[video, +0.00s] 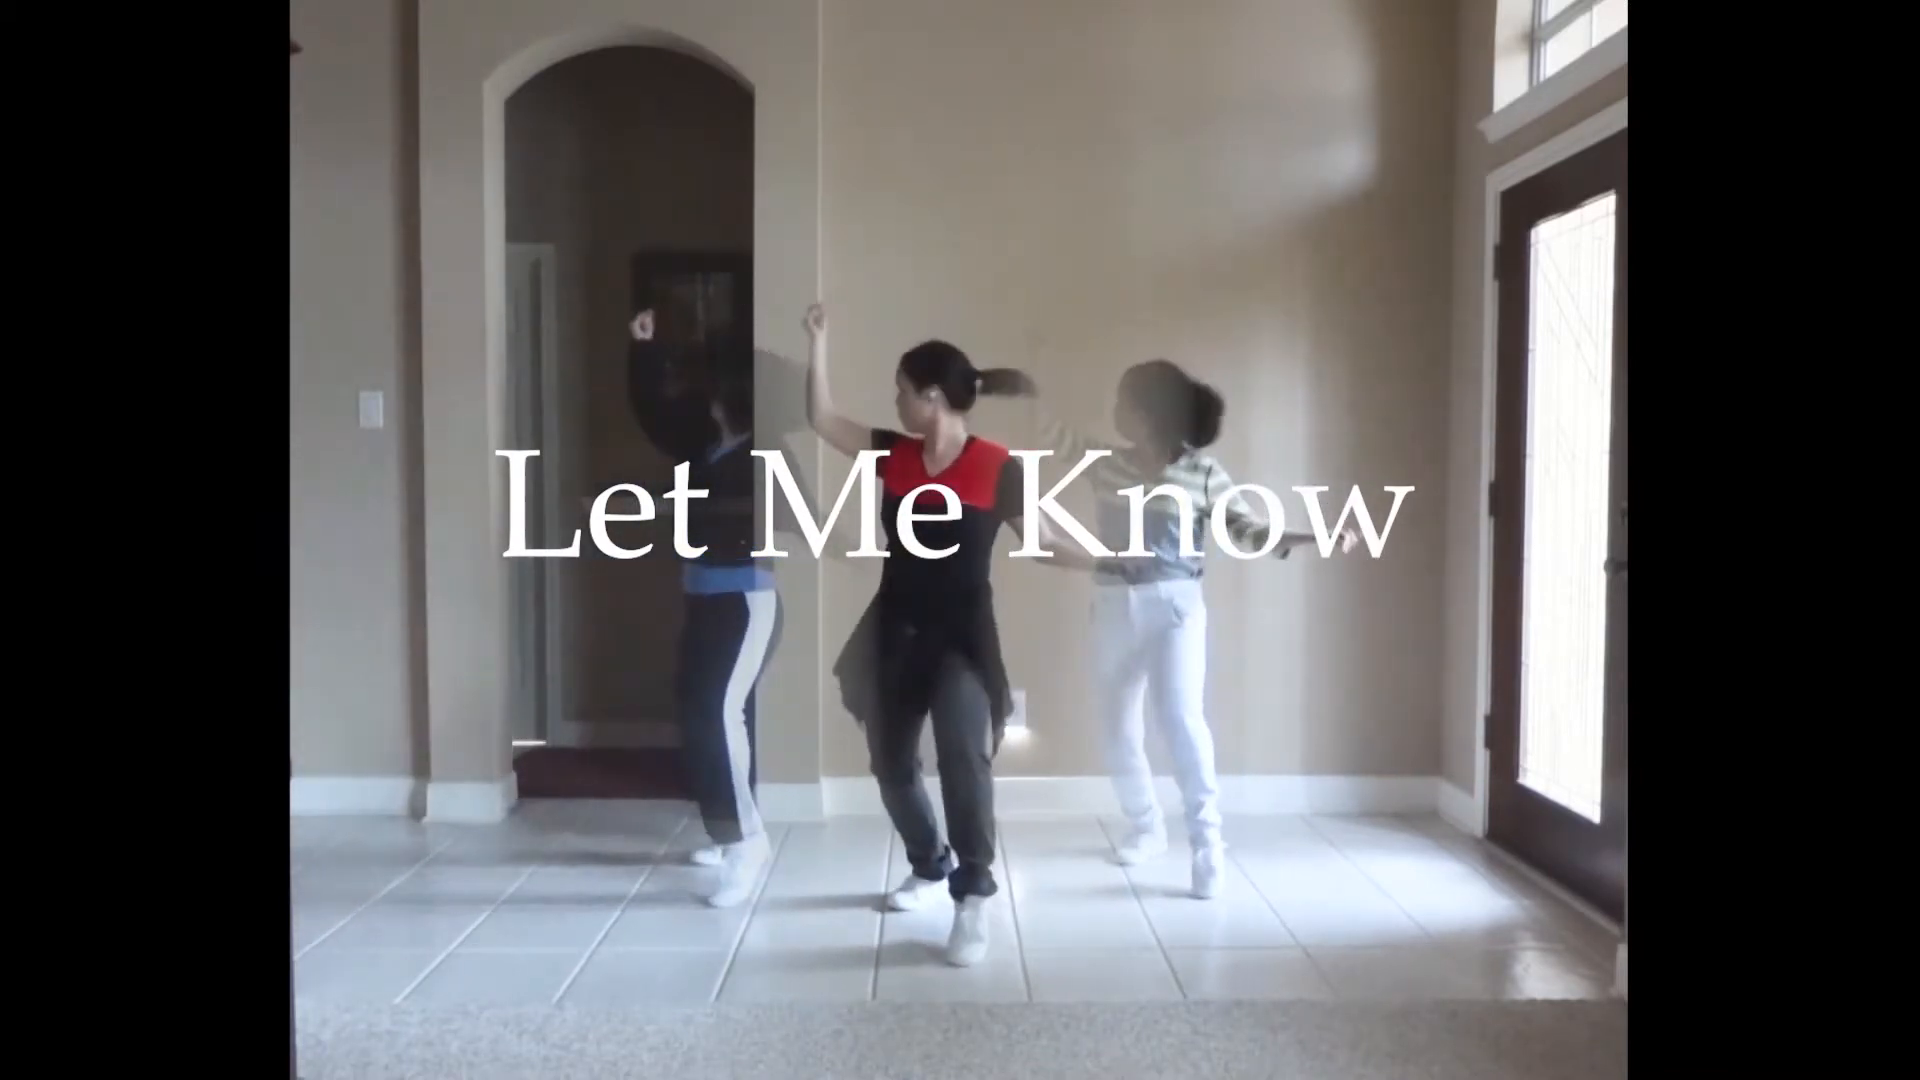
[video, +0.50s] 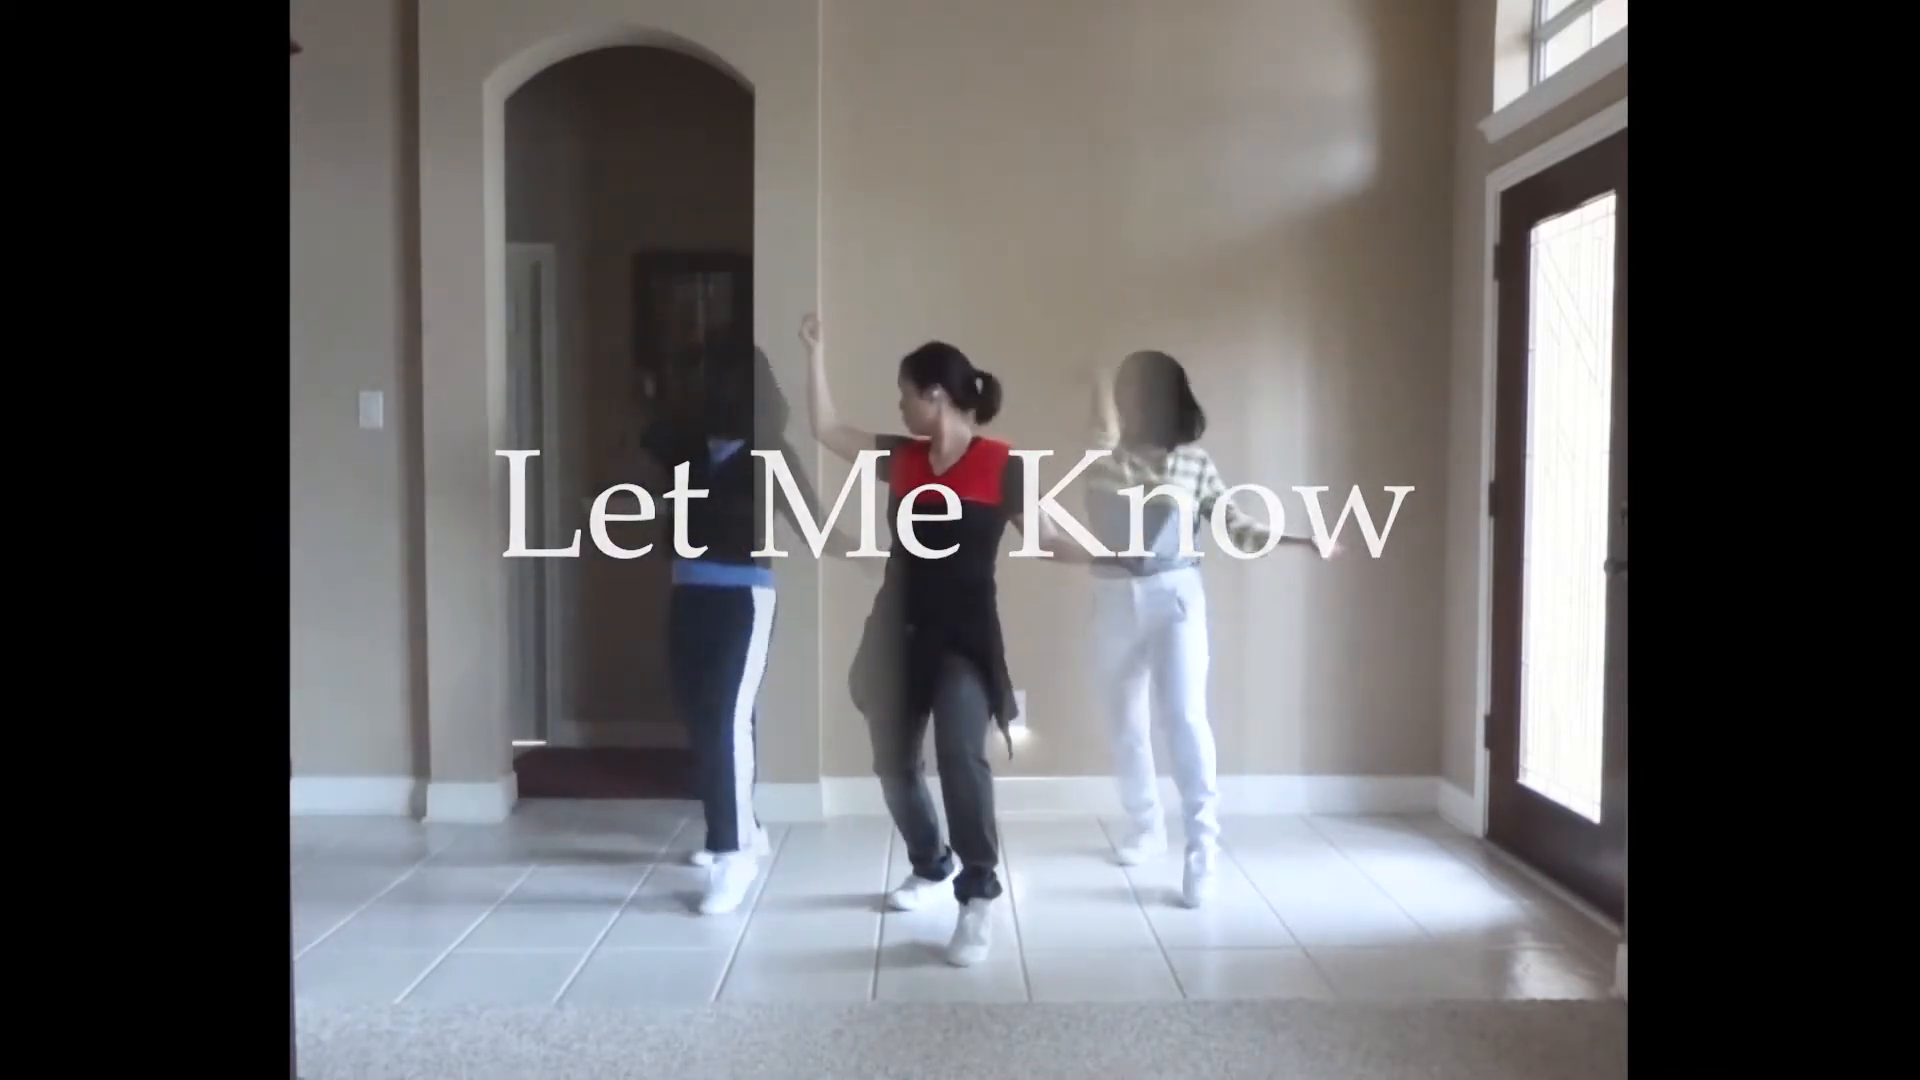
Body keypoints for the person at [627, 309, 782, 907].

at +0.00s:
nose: (706, 412)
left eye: (710, 405)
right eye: (707, 403)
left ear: (725, 413)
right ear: (718, 414)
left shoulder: (752, 463)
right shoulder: (702, 456)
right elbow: (652, 412)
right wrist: (644, 348)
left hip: (748, 597)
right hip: (706, 597)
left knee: (722, 709)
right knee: (699, 712)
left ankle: (747, 838)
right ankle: (725, 833)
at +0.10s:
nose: (699, 414)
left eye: (706, 404)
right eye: (700, 404)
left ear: (728, 409)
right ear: (712, 413)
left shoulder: (752, 464)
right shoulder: (699, 457)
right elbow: (651, 416)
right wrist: (643, 359)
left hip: (746, 599)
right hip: (702, 598)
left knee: (720, 708)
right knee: (694, 715)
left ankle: (745, 836)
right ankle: (724, 833)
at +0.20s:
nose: (714, 410)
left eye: (722, 399)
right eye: (718, 398)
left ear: (737, 407)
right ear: (715, 402)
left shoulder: (763, 462)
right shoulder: (694, 448)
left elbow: (806, 523)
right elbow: (647, 429)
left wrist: (846, 556)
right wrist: (646, 371)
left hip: (746, 603)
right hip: (699, 599)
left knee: (714, 711)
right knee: (691, 719)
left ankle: (740, 839)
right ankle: (731, 831)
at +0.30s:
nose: (715, 413)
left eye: (723, 400)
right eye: (713, 401)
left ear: (740, 404)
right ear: (706, 403)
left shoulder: (768, 463)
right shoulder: (692, 455)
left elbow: (811, 530)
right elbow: (635, 442)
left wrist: (851, 555)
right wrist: (656, 385)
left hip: (745, 608)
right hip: (694, 603)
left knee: (715, 710)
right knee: (688, 716)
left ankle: (731, 842)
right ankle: (736, 827)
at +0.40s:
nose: (723, 411)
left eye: (730, 398)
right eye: (718, 398)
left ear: (748, 403)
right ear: (705, 402)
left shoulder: (768, 459)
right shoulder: (691, 454)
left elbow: (813, 522)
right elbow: (630, 447)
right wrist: (663, 406)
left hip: (745, 604)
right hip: (693, 600)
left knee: (719, 711)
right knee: (694, 714)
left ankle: (730, 840)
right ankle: (738, 827)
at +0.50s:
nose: (725, 411)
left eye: (737, 397)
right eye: (717, 396)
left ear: (757, 405)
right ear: (705, 400)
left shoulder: (766, 458)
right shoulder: (684, 455)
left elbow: (813, 523)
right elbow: (651, 438)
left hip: (744, 597)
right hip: (691, 595)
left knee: (728, 720)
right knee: (704, 718)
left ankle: (729, 854)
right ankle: (741, 831)